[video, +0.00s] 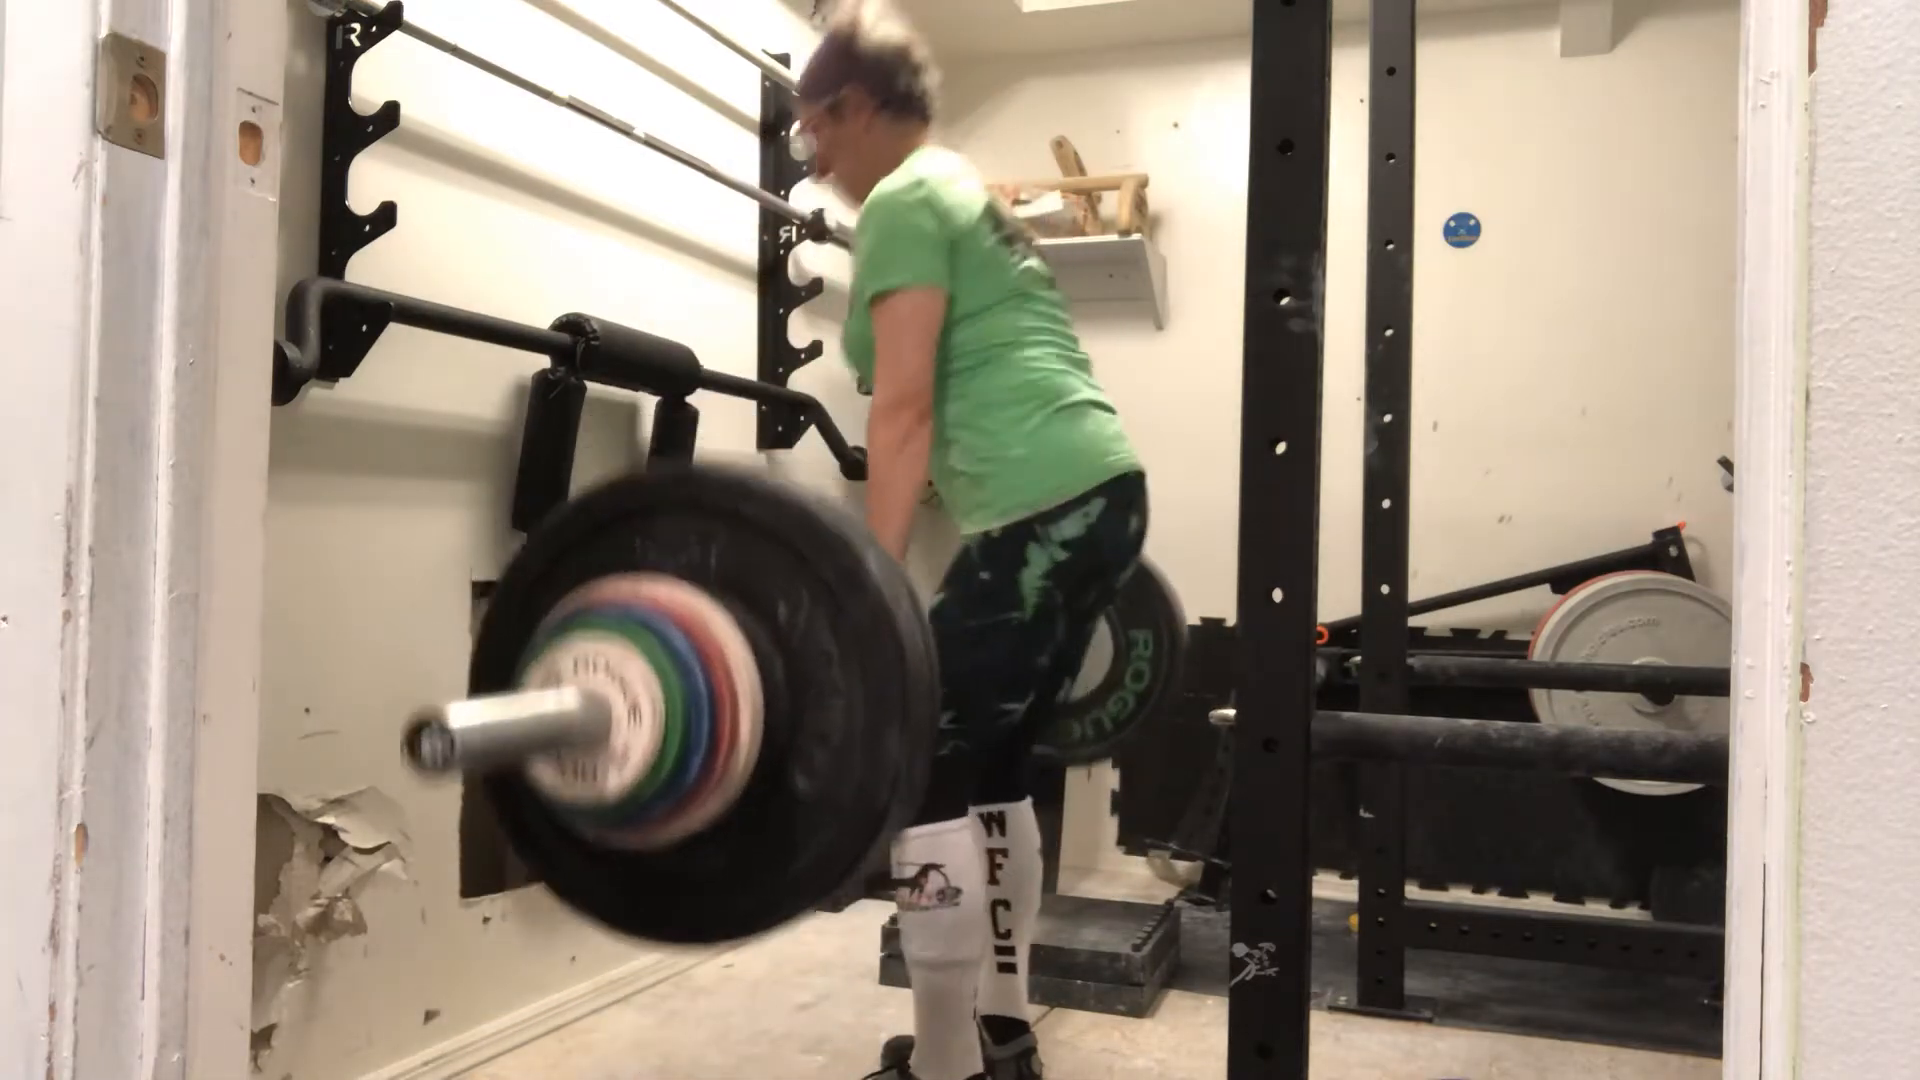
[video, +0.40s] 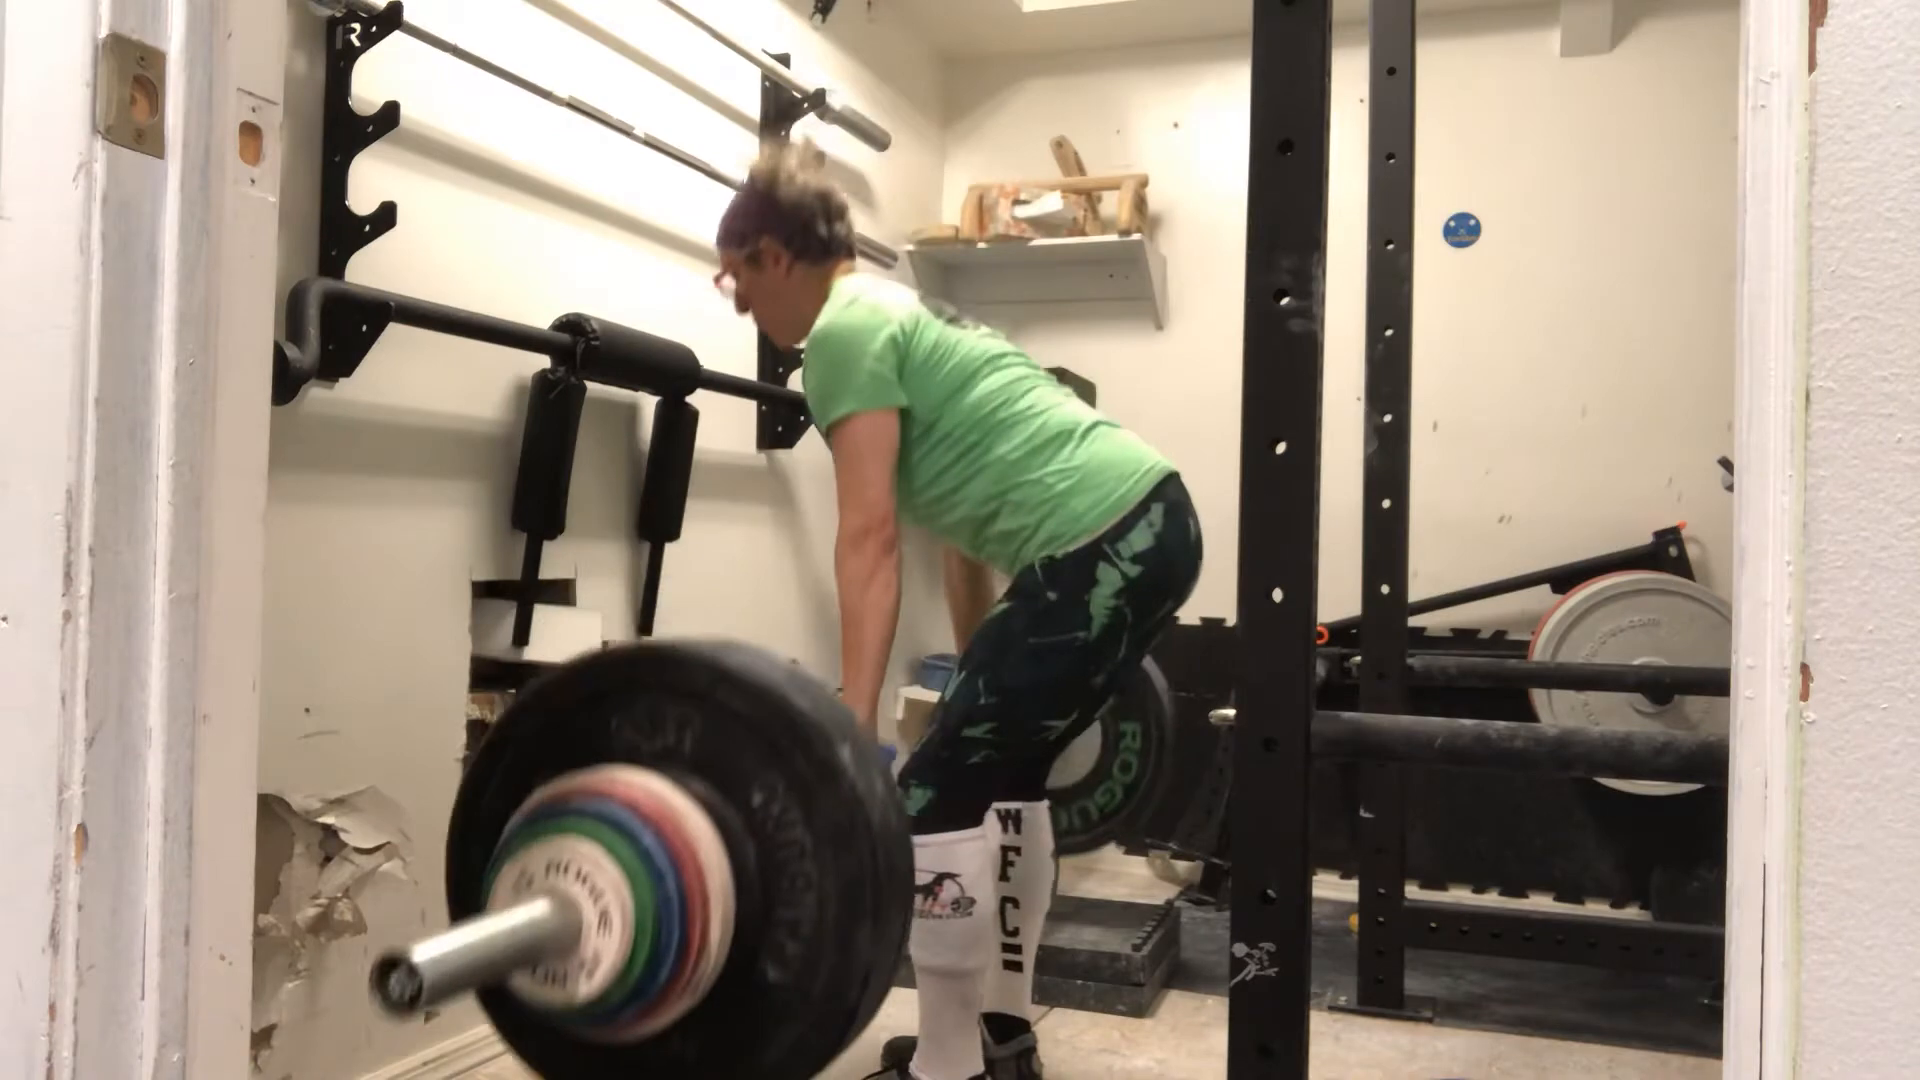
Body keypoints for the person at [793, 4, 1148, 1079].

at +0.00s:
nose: (807, 149)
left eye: (815, 122)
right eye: (804, 127)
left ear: (867, 109)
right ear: (887, 113)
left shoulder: (905, 206)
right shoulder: (953, 192)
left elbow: (902, 418)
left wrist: (869, 590)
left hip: (1039, 511)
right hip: (1090, 493)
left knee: (931, 766)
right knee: (1007, 762)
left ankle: (943, 1058)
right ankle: (1001, 1025)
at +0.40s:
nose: (733, 293)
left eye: (735, 270)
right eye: (729, 275)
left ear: (778, 257)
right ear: (802, 253)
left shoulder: (847, 330)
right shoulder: (896, 318)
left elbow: (870, 540)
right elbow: (965, 540)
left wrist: (853, 733)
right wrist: (981, 688)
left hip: (1103, 542)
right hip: (1142, 522)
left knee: (932, 797)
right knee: (1007, 778)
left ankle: (945, 1062)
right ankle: (1002, 1027)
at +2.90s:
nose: (873, 70)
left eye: (885, 44)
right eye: (871, 48)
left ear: (944, 33)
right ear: (964, 38)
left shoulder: (951, 150)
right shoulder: (1021, 145)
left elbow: (925, 365)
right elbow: (1026, 345)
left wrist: (875, 550)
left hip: (999, 498)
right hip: (1071, 483)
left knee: (961, 784)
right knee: (1026, 757)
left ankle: (950, 1057)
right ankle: (1003, 1020)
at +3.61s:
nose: (759, 212)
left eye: (764, 189)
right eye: (755, 191)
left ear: (809, 178)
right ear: (840, 177)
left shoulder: (861, 262)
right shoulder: (909, 249)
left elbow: (873, 472)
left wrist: (849, 668)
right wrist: (983, 587)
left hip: (1068, 523)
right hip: (1117, 508)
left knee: (921, 781)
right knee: (1004, 769)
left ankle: (941, 1061)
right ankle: (1000, 1031)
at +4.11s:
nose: (692, 421)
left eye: (688, 396)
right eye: (683, 402)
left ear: (722, 372)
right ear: (777, 353)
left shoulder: (797, 429)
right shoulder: (856, 405)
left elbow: (835, 642)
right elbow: (942, 618)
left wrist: (834, 832)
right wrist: (963, 748)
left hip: (1093, 569)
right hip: (1143, 541)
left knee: (897, 807)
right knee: (986, 794)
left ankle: (943, 1059)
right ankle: (1000, 1028)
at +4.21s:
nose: (691, 431)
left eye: (684, 408)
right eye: (678, 416)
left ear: (718, 373)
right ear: (767, 355)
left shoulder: (792, 426)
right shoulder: (843, 404)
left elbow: (832, 639)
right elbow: (940, 614)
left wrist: (832, 832)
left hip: (1087, 571)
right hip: (1137, 545)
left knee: (888, 809)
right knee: (970, 793)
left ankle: (941, 1056)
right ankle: (997, 1027)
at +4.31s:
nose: (683, 430)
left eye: (678, 408)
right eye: (671, 414)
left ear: (715, 377)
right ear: (770, 359)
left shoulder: (788, 431)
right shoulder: (844, 408)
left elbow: (830, 643)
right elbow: (939, 619)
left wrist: (832, 838)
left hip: (1083, 572)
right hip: (1135, 545)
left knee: (886, 809)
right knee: (976, 794)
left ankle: (942, 1056)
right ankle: (998, 1026)